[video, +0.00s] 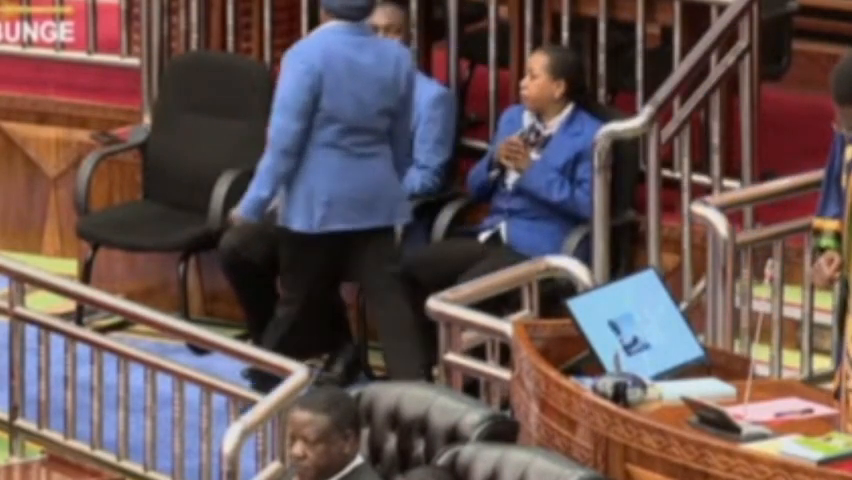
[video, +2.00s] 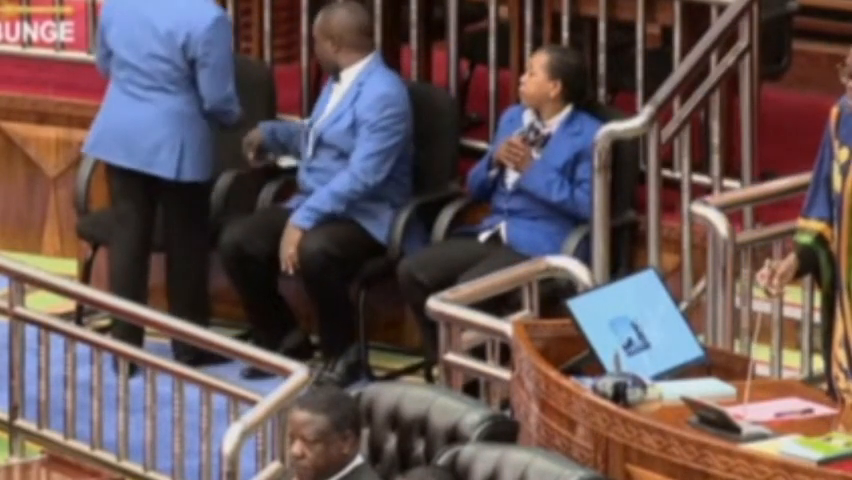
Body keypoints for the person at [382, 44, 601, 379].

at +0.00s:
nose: (523, 84)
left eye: (533, 77)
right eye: (525, 76)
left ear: (560, 88)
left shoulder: (590, 135)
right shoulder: (512, 119)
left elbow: (588, 205)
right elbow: (476, 188)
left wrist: (528, 170)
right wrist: (495, 162)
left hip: (536, 252)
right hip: (490, 238)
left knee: (454, 303)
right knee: (398, 273)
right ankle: (410, 387)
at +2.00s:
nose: (522, 80)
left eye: (531, 74)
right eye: (525, 72)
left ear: (555, 88)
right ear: (551, 88)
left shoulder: (590, 135)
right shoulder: (513, 119)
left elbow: (589, 207)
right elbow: (476, 189)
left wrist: (530, 170)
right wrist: (495, 163)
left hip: (538, 250)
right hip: (494, 238)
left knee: (461, 298)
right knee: (413, 271)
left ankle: (480, 381)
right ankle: (448, 367)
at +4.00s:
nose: (519, 81)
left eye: (528, 76)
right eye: (523, 73)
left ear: (552, 89)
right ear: (549, 88)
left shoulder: (589, 135)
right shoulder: (512, 120)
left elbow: (590, 206)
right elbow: (475, 190)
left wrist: (529, 172)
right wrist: (494, 164)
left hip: (539, 251)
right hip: (494, 236)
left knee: (462, 296)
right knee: (414, 271)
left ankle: (482, 381)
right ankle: (445, 366)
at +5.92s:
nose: (521, 90)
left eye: (531, 83)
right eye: (521, 81)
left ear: (558, 92)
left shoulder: (589, 135)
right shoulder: (512, 120)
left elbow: (589, 206)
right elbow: (476, 188)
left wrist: (530, 172)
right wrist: (495, 164)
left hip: (539, 249)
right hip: (495, 235)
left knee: (464, 295)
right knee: (414, 271)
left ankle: (483, 380)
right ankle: (444, 365)